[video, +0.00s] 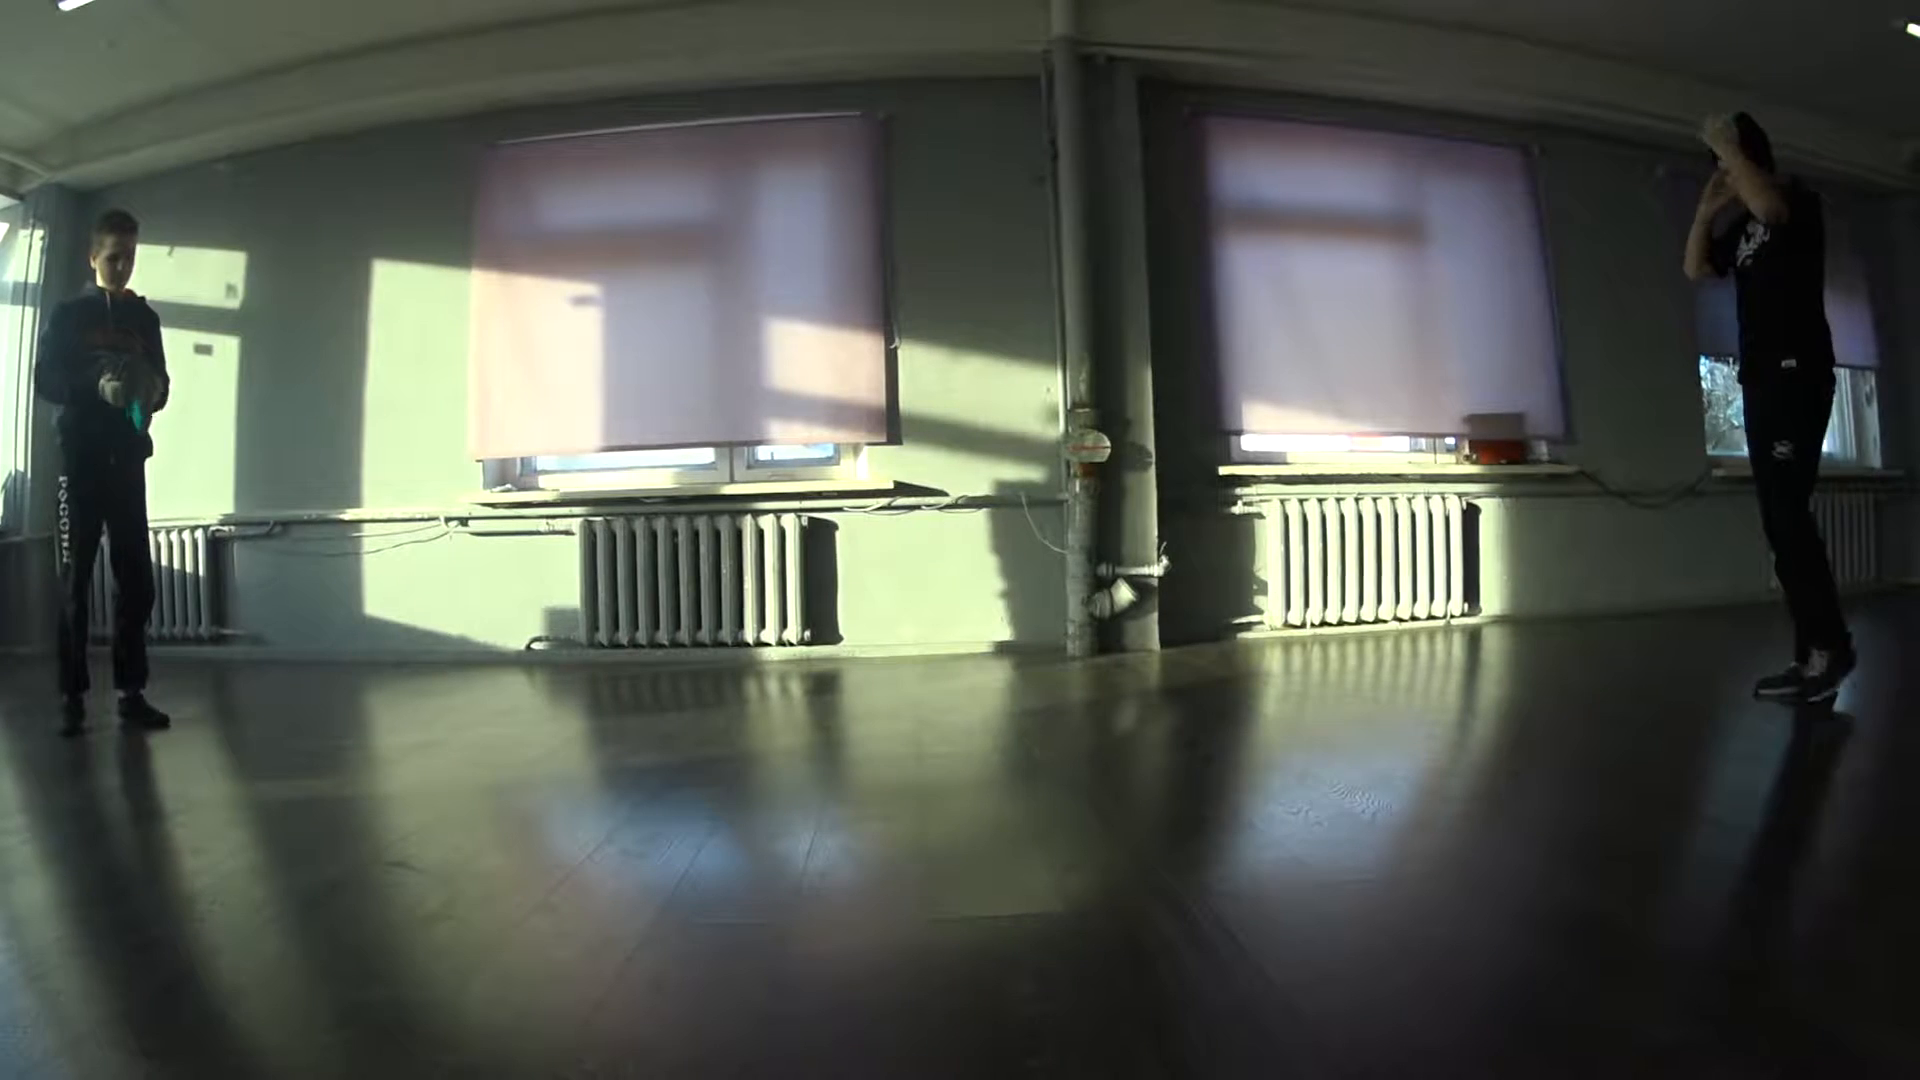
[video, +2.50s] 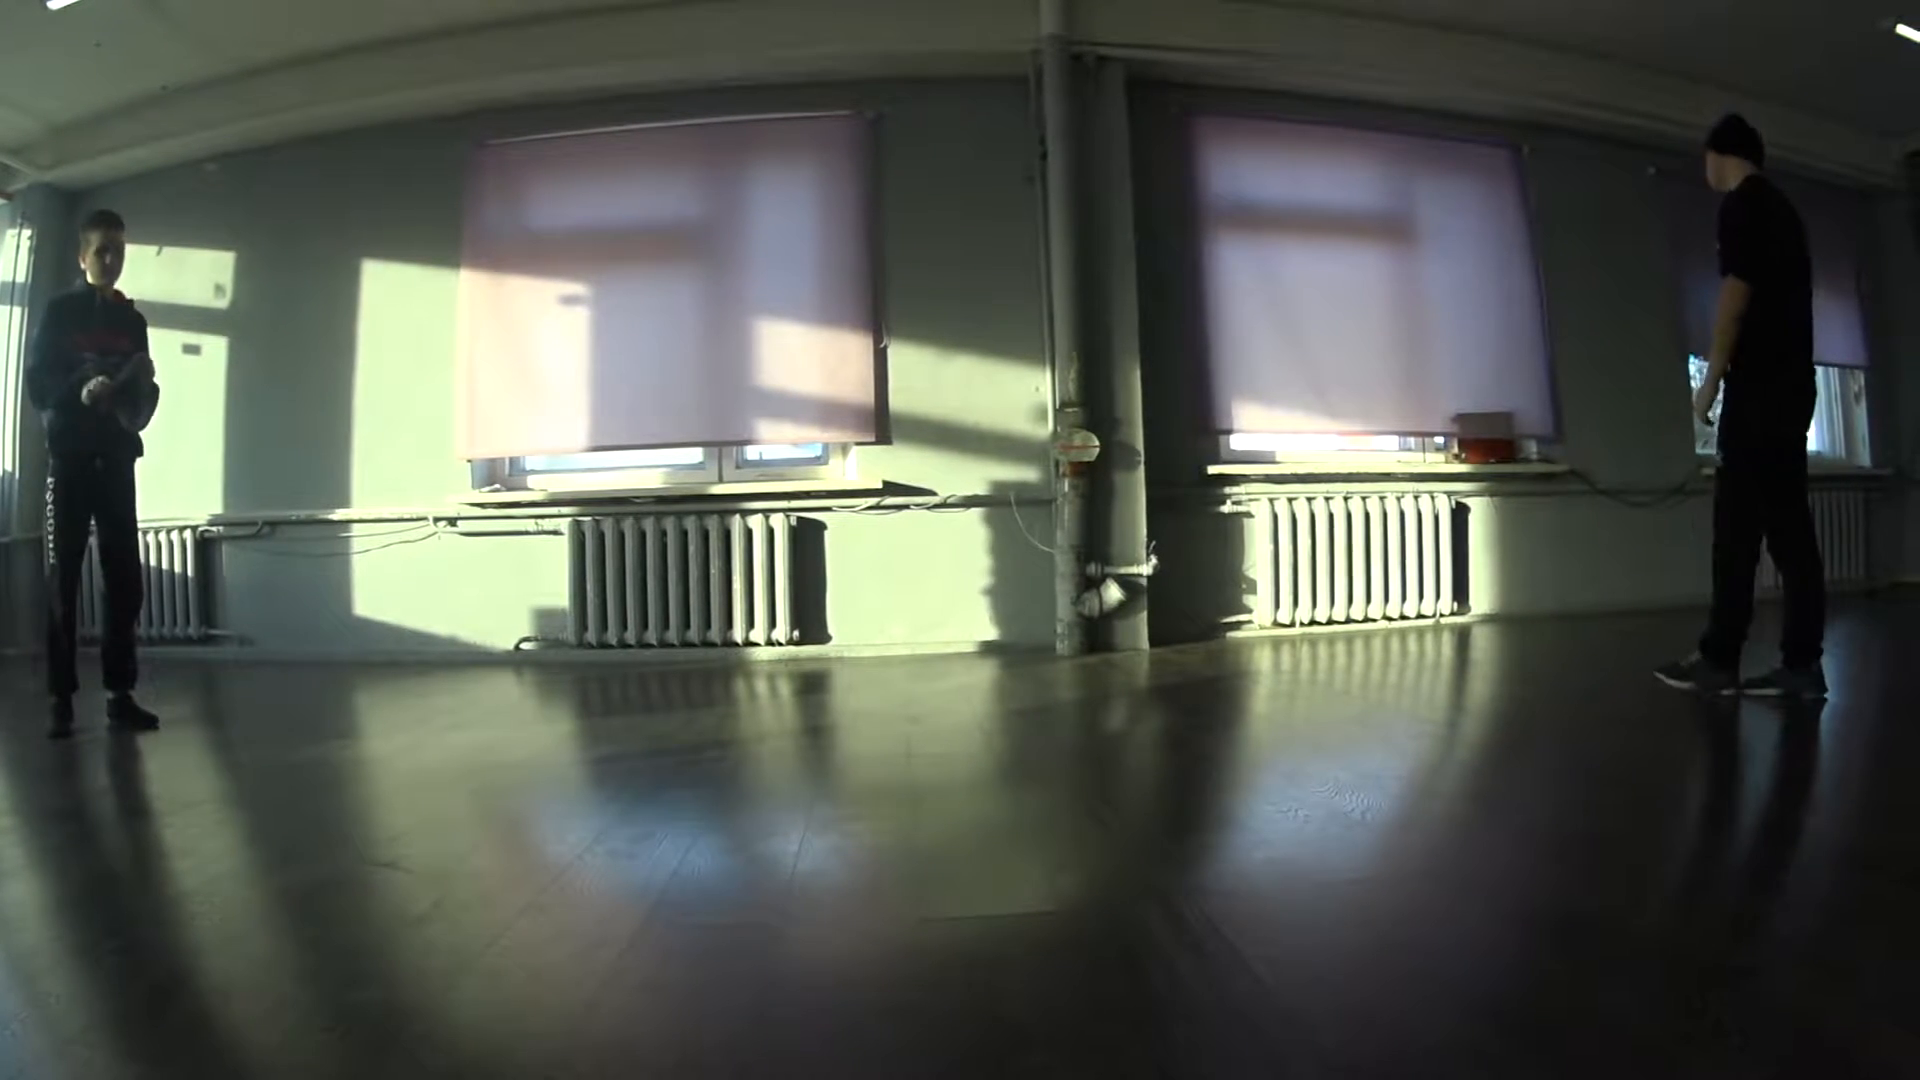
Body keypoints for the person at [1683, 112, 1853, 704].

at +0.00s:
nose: (1725, 172)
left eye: (1729, 163)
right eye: (1723, 164)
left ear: (1752, 157)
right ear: (1734, 165)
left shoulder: (1799, 204)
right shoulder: (1740, 227)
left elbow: (1765, 205)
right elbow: (1696, 268)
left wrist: (1728, 151)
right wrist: (1707, 206)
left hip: (1801, 374)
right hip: (1762, 378)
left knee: (1788, 516)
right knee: (1779, 519)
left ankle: (1831, 650)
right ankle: (1808, 655)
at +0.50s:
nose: (1684, 176)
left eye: (1690, 163)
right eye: (1676, 169)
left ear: (1717, 157)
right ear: (1675, 173)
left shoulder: (1762, 209)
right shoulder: (1710, 223)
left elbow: (1806, 298)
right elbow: (1725, 311)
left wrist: (1833, 379)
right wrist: (1720, 389)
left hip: (1768, 384)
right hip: (1736, 387)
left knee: (1742, 526)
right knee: (1773, 526)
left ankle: (1723, 672)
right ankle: (1813, 661)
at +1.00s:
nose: (1653, 165)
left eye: (1658, 152)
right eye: (1648, 156)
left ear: (1685, 145)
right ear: (1661, 153)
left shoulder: (1720, 196)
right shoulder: (1693, 206)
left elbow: (1706, 276)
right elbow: (1692, 307)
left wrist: (1643, 338)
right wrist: (1658, 380)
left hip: (1723, 377)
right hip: (1692, 378)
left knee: (1717, 520)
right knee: (1680, 521)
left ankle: (1720, 669)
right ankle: (1763, 624)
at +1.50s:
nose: (1645, 149)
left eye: (1650, 137)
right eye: (1643, 139)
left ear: (1676, 136)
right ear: (1680, 137)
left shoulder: (1709, 196)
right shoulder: (1699, 196)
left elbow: (1719, 295)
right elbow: (1712, 296)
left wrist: (1699, 386)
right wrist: (1694, 379)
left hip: (1722, 381)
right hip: (1716, 380)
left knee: (1716, 528)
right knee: (1722, 525)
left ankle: (1717, 670)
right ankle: (1783, 649)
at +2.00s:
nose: (1681, 160)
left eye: (1683, 149)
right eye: (1682, 149)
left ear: (1698, 150)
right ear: (1730, 147)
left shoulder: (1728, 204)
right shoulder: (1760, 205)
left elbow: (1721, 294)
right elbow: (1764, 312)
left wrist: (1688, 386)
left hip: (1743, 390)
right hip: (1771, 387)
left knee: (1728, 528)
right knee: (1775, 524)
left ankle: (1716, 669)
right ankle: (1804, 664)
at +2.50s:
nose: (1707, 172)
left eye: (1709, 161)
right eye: (1708, 161)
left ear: (1725, 158)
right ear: (1755, 157)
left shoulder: (1742, 206)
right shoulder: (1779, 207)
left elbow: (1736, 295)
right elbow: (1782, 307)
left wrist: (1711, 379)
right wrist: (1737, 373)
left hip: (1757, 387)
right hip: (1791, 387)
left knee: (1736, 525)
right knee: (1790, 525)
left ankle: (1718, 659)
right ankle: (1803, 665)